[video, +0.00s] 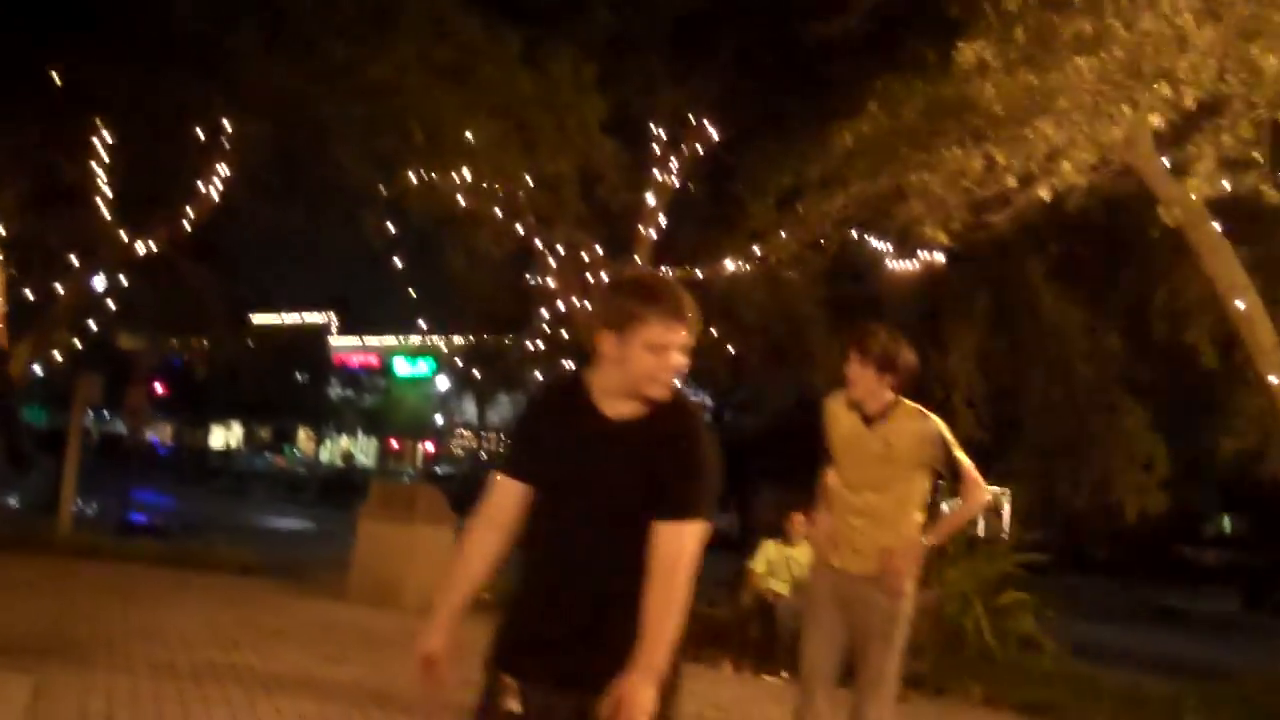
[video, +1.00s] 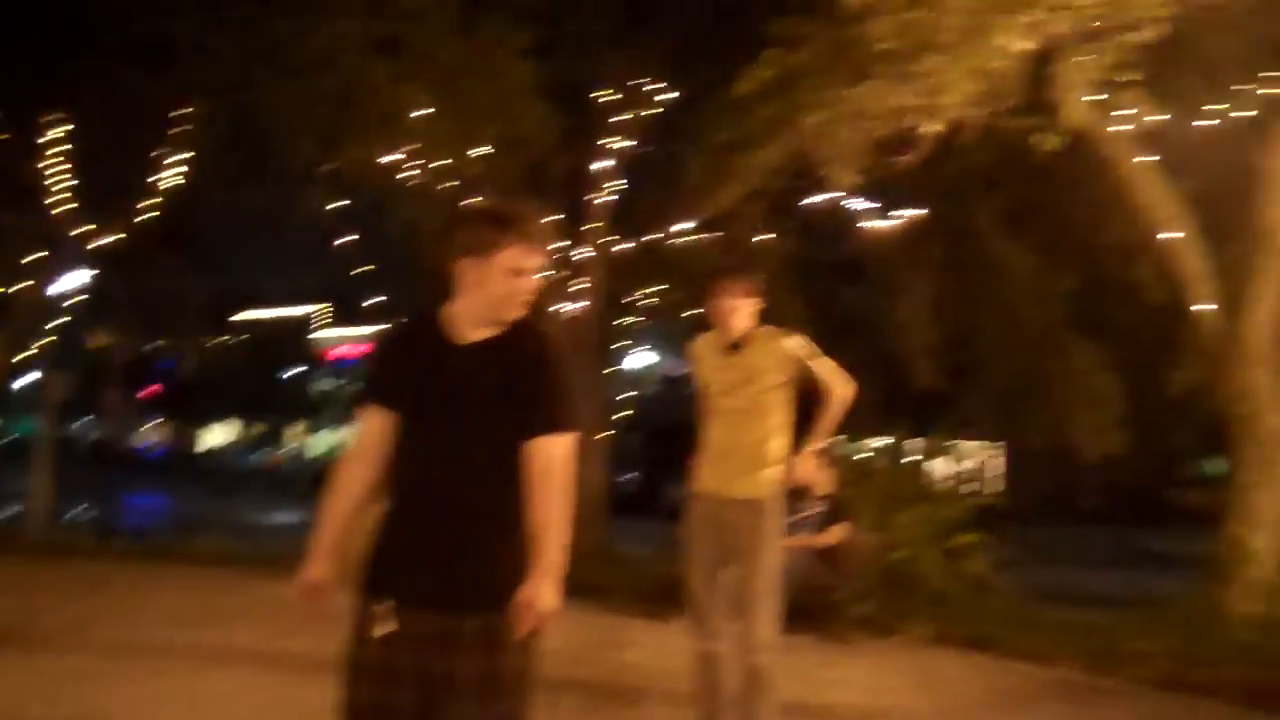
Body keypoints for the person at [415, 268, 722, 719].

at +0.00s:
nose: (677, 365)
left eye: (683, 350)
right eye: (658, 349)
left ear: (690, 350)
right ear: (607, 343)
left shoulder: (683, 435)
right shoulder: (553, 409)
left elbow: (672, 570)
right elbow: (495, 521)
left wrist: (645, 676)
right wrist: (441, 623)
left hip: (621, 671)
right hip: (530, 654)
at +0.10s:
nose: (633, 336)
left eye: (641, 322)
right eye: (618, 321)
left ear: (648, 321)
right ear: (568, 315)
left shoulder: (645, 409)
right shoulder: (508, 386)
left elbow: (643, 539)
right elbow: (459, 499)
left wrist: (626, 645)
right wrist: (409, 605)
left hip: (596, 652)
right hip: (502, 639)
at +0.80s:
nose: (587, 304)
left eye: (595, 290)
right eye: (573, 289)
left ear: (602, 291)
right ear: (526, 286)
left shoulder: (600, 371)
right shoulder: (470, 362)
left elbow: (615, 483)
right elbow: (431, 467)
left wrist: (615, 584)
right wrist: (392, 565)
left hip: (561, 608)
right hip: (467, 601)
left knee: (557, 712)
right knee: (449, 710)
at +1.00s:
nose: (530, 288)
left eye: (536, 274)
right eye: (517, 272)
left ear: (544, 274)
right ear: (466, 269)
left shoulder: (535, 354)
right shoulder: (408, 347)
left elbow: (550, 472)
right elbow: (365, 454)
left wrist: (546, 574)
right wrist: (323, 552)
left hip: (493, 598)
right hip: (400, 589)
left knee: (483, 710)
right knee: (380, 708)